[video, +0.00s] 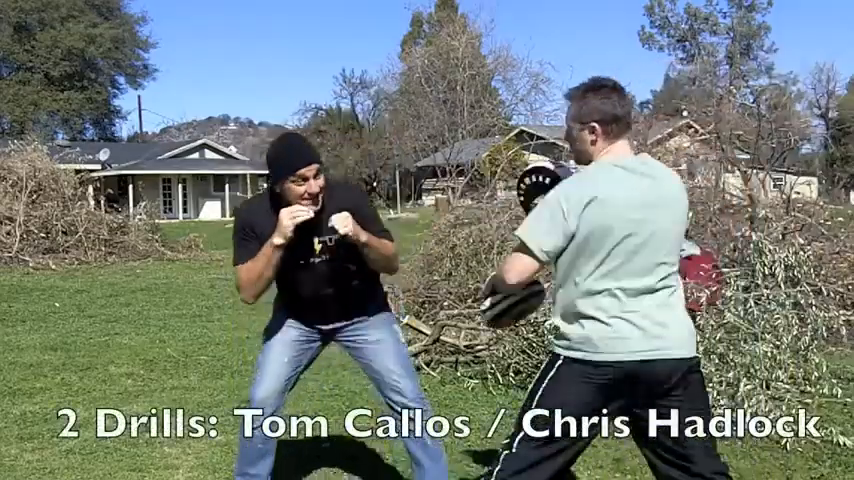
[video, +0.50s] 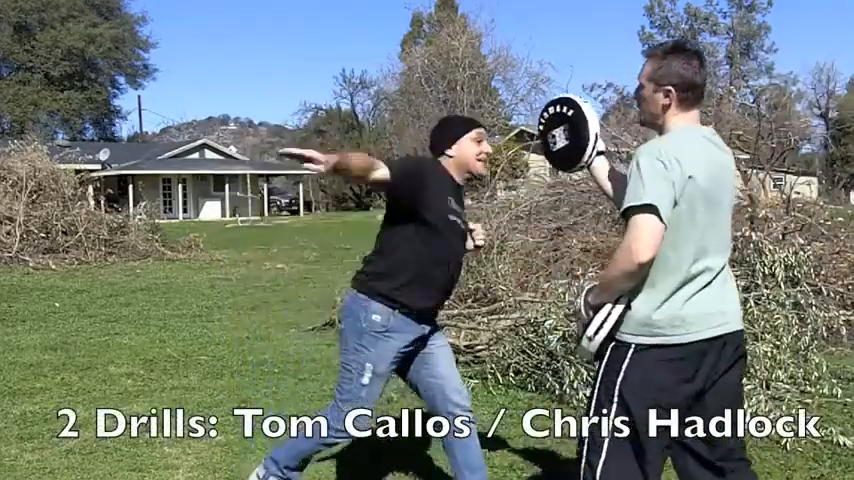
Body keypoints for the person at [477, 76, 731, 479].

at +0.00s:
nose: (568, 141)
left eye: (570, 132)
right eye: (567, 131)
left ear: (594, 133)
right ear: (626, 127)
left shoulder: (576, 189)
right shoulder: (672, 184)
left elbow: (515, 273)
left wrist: (497, 288)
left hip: (590, 358)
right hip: (672, 356)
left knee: (524, 468)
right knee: (700, 470)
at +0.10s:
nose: (596, 120)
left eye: (601, 109)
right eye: (598, 109)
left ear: (625, 116)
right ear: (653, 112)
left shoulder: (607, 175)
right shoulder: (690, 166)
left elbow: (573, 270)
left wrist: (543, 293)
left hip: (620, 343)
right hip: (695, 338)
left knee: (557, 455)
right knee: (709, 458)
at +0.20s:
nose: (613, 109)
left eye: (618, 99)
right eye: (614, 98)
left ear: (643, 106)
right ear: (668, 104)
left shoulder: (630, 164)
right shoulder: (704, 159)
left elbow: (610, 262)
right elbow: (663, 218)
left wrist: (573, 295)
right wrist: (594, 186)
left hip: (636, 340)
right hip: (710, 333)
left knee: (577, 461)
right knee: (714, 461)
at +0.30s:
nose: (622, 104)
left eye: (626, 95)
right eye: (624, 95)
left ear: (651, 102)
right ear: (674, 100)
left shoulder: (642, 161)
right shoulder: (708, 153)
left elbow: (630, 256)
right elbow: (660, 215)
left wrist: (589, 296)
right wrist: (587, 172)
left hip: (647, 340)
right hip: (716, 332)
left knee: (600, 463)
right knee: (718, 461)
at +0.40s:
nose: (627, 100)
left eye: (632, 91)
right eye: (629, 91)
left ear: (657, 98)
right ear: (678, 97)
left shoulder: (648, 158)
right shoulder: (712, 151)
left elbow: (639, 255)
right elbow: (655, 213)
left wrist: (595, 297)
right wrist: (590, 166)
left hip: (655, 340)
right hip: (720, 332)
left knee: (611, 463)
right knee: (715, 460)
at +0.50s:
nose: (635, 96)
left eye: (641, 86)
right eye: (638, 86)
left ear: (667, 95)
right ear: (687, 94)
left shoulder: (654, 155)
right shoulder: (717, 151)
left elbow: (639, 253)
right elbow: (643, 204)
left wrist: (595, 295)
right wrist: (594, 156)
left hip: (653, 340)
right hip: (720, 333)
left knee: (614, 462)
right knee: (720, 459)